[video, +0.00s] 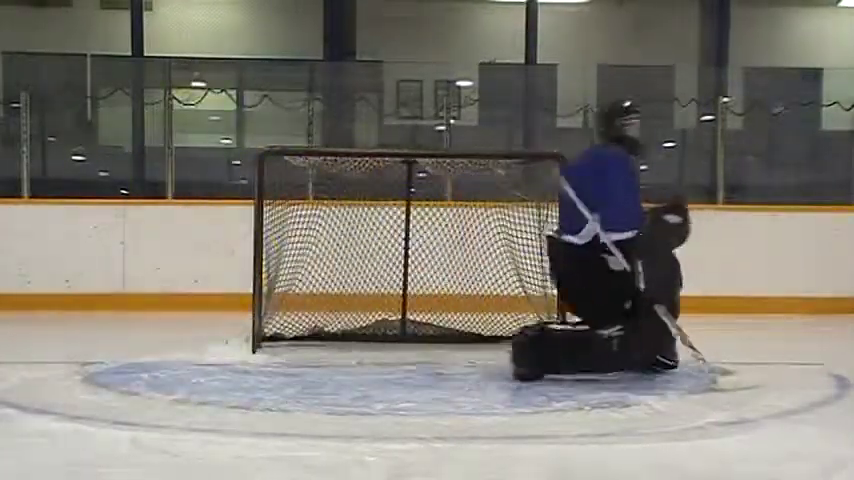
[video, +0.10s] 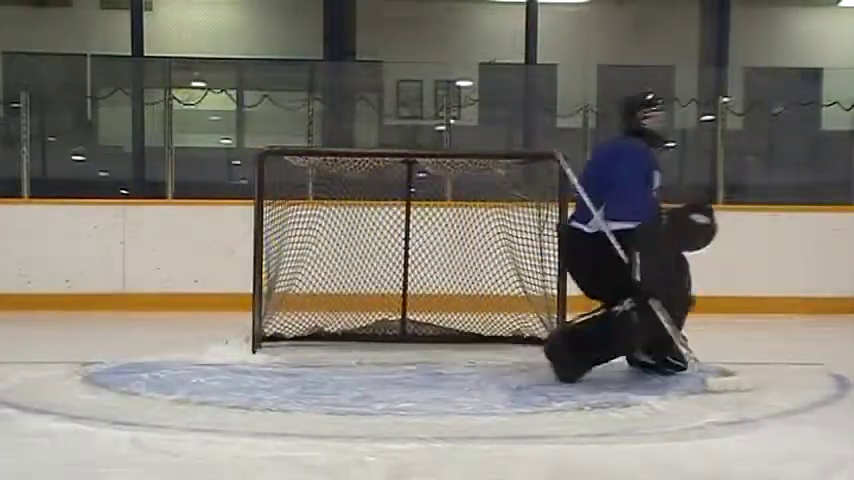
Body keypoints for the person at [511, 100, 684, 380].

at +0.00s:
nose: (637, 131)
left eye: (636, 124)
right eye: (631, 125)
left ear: (604, 129)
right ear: (617, 128)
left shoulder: (584, 161)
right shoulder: (618, 161)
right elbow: (622, 233)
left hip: (574, 268)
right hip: (596, 270)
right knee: (654, 344)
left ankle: (544, 340)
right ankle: (544, 351)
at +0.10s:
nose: (661, 122)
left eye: (661, 116)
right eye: (654, 116)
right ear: (638, 120)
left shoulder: (642, 154)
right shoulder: (630, 154)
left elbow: (645, 213)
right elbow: (624, 223)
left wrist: (676, 221)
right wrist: (671, 230)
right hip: (593, 244)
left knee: (674, 273)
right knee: (652, 304)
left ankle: (653, 348)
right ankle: (573, 349)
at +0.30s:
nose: (681, 119)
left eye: (683, 111)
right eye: (673, 111)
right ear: (656, 113)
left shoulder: (680, 150)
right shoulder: (638, 150)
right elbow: (599, 216)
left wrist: (710, 222)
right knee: (678, 284)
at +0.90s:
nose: (693, 107)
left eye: (693, 99)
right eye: (685, 100)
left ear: (677, 106)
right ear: (667, 105)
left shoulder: (677, 143)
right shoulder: (646, 142)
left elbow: (681, 199)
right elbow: (634, 211)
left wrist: (721, 201)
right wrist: (659, 255)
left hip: (660, 237)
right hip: (625, 239)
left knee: (694, 294)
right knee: (640, 302)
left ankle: (663, 365)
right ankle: (615, 381)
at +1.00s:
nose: (682, 111)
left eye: (682, 104)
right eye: (674, 105)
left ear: (678, 108)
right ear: (657, 109)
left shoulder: (677, 144)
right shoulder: (640, 145)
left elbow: (679, 200)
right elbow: (637, 212)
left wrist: (715, 203)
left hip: (642, 233)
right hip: (599, 231)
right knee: (618, 301)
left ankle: (655, 361)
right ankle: (573, 378)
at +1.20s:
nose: (642, 130)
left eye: (648, 123)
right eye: (634, 123)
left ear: (656, 127)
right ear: (618, 125)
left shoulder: (655, 163)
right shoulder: (592, 165)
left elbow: (652, 215)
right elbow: (563, 222)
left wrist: (681, 230)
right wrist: (545, 273)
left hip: (634, 251)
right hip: (585, 254)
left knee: (648, 304)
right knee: (562, 304)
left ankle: (667, 369)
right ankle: (503, 369)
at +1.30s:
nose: (617, 143)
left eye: (622, 135)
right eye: (609, 136)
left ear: (629, 138)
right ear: (594, 138)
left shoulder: (635, 174)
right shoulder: (578, 173)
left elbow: (633, 226)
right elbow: (551, 233)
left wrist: (652, 247)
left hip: (609, 261)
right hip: (558, 262)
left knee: (647, 307)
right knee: (544, 322)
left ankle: (664, 373)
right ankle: (470, 363)